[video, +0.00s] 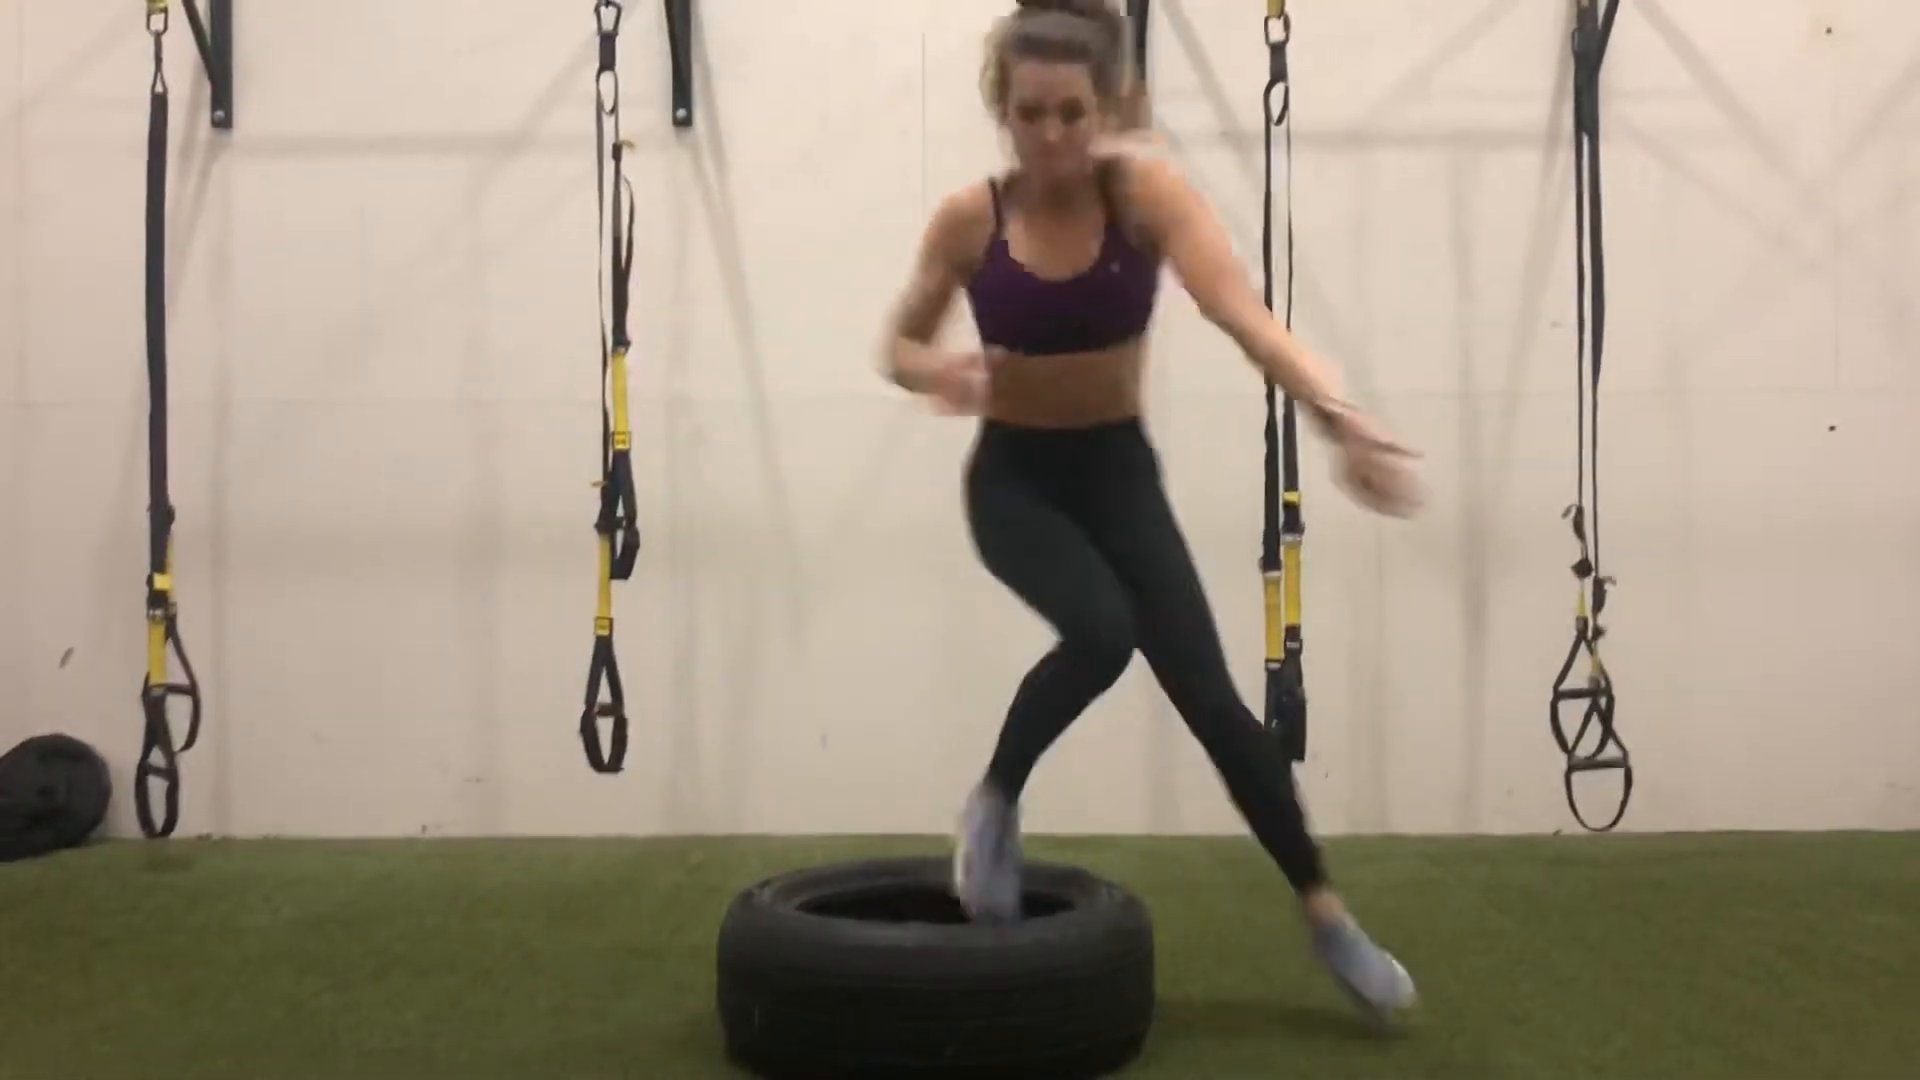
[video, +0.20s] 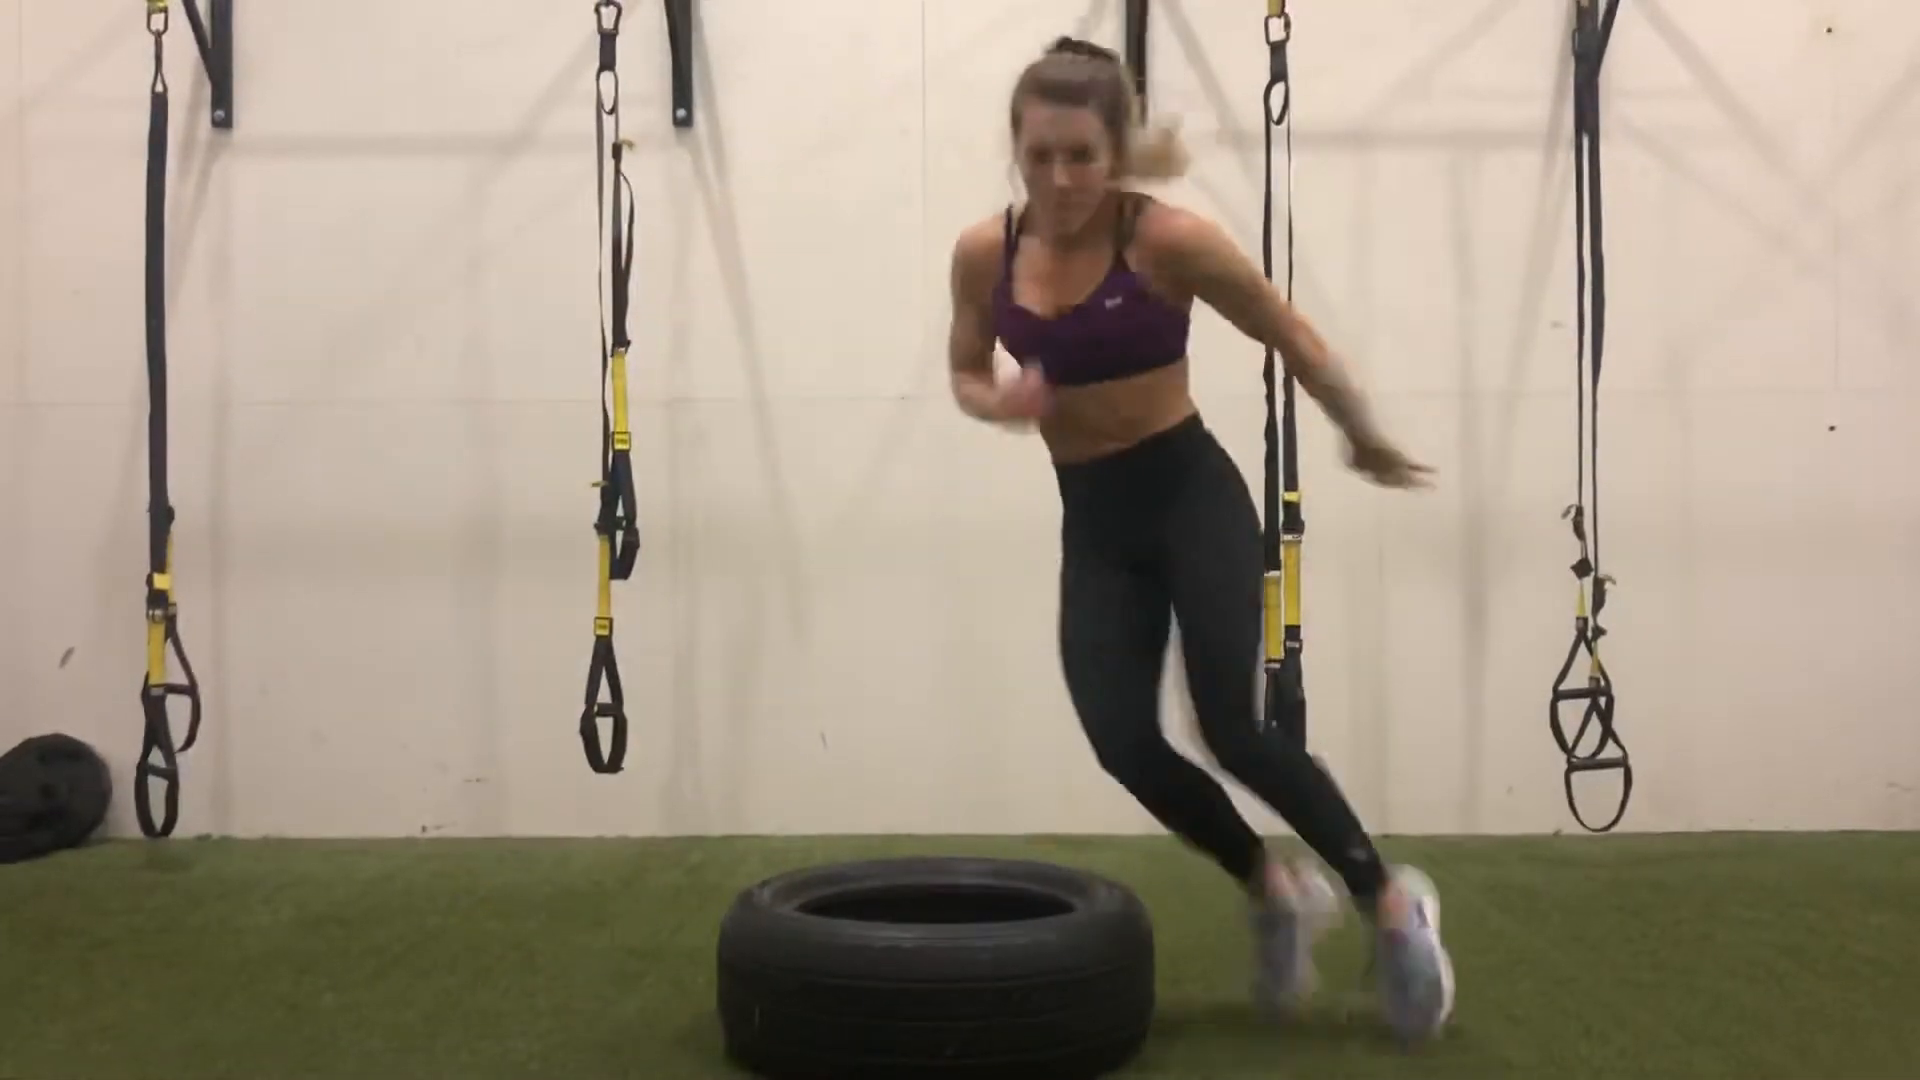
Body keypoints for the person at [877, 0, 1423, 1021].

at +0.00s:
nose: (1048, 135)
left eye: (1069, 113)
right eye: (1028, 112)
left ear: (1107, 109)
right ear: (1002, 108)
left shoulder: (1147, 191)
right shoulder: (971, 218)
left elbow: (1239, 313)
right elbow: (901, 347)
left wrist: (1343, 419)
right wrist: (934, 369)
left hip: (1117, 473)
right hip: (1013, 478)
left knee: (1212, 699)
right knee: (1104, 633)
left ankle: (1327, 915)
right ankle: (993, 806)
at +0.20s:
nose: (1059, 177)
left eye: (1080, 156)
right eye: (1041, 155)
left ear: (1118, 151)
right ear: (1017, 151)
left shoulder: (1170, 239)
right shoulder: (987, 251)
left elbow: (1288, 335)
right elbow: (967, 375)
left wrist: (1365, 439)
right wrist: (1003, 400)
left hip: (1193, 497)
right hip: (1094, 519)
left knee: (1232, 727)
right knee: (1124, 747)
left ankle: (1390, 901)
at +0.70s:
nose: (894, 127)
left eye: (916, 108)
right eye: (878, 102)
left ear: (943, 113)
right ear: (846, 97)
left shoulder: (970, 216)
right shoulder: (780, 190)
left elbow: (1094, 322)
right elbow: (731, 355)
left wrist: (1122, 464)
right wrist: (815, 290)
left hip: (915, 453)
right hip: (814, 448)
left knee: (853, 663)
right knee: (710, 665)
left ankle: (945, 882)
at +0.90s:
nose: (845, 186)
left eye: (865, 165)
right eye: (827, 162)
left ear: (895, 166)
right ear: (796, 156)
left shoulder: (915, 269)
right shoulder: (746, 250)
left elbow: (949, 391)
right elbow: (685, 408)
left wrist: (929, 442)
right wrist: (736, 490)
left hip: (811, 498)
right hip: (706, 481)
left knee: (765, 648)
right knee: (626, 720)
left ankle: (696, 798)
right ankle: (580, 938)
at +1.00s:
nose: (848, 191)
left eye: (868, 170)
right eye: (830, 168)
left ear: (899, 165)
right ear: (796, 155)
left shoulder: (922, 276)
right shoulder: (735, 257)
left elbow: (940, 424)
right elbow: (628, 365)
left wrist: (894, 448)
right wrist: (539, 483)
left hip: (808, 536)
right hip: (710, 504)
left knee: (731, 784)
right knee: (649, 729)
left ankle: (569, 962)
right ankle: (517, 831)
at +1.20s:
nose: (898, 141)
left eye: (917, 117)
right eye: (876, 119)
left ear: (942, 110)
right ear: (838, 113)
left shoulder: (970, 169)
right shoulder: (809, 193)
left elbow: (963, 278)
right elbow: (740, 236)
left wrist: (832, 282)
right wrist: (716, 241)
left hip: (874, 479)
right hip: (808, 462)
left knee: (781, 731)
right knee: (987, 603)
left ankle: (607, 904)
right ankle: (805, 754)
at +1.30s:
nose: (952, 128)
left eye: (970, 103)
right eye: (930, 106)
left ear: (997, 97)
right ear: (891, 101)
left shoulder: (1021, 159)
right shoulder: (852, 193)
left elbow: (980, 281)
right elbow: (771, 285)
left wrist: (826, 261)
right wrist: (755, 290)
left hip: (944, 487)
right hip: (883, 483)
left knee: (960, 730)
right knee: (1006, 700)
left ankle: (758, 727)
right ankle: (958, 923)